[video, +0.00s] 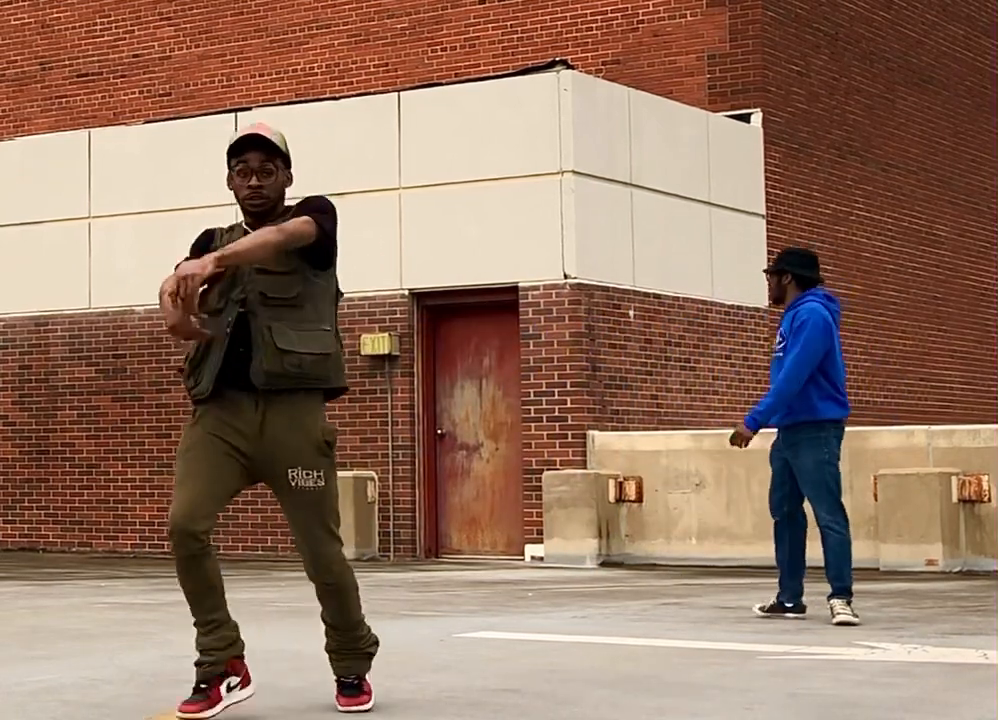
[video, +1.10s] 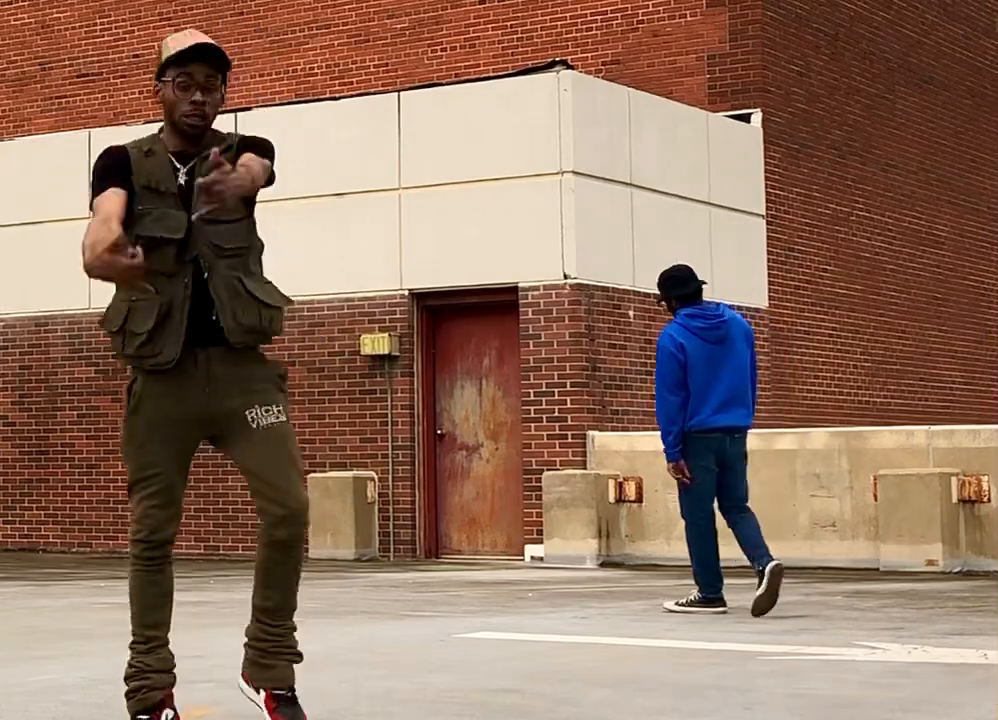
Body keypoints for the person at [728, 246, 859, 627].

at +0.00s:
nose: (769, 284)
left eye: (773, 277)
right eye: (769, 278)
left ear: (790, 278)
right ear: (792, 279)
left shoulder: (814, 316)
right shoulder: (795, 315)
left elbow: (792, 378)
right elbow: (788, 380)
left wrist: (751, 422)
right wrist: (771, 425)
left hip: (817, 430)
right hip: (790, 432)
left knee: (828, 514)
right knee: (785, 512)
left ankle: (840, 598)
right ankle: (788, 599)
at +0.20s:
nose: (753, 290)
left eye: (756, 284)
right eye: (754, 284)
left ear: (769, 285)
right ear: (787, 285)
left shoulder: (779, 322)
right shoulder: (799, 319)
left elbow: (767, 383)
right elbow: (779, 383)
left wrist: (748, 435)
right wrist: (757, 436)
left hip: (787, 424)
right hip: (788, 422)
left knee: (784, 507)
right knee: (771, 510)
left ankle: (822, 594)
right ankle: (788, 596)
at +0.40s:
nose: (747, 287)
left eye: (749, 282)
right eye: (748, 281)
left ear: (758, 284)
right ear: (784, 284)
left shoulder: (760, 319)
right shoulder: (805, 321)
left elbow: (746, 378)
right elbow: (806, 377)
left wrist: (724, 431)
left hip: (772, 426)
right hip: (800, 426)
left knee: (747, 504)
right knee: (786, 509)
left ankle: (777, 590)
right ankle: (790, 594)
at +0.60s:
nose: (729, 303)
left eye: (729, 296)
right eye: (728, 296)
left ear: (737, 294)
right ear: (763, 288)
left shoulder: (739, 326)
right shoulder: (799, 323)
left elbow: (721, 387)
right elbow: (806, 379)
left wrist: (700, 441)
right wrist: (791, 418)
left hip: (754, 433)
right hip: (789, 434)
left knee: (724, 505)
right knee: (782, 514)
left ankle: (724, 593)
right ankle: (789, 597)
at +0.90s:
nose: (688, 299)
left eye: (688, 294)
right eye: (689, 293)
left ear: (694, 296)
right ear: (725, 292)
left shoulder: (693, 336)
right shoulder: (759, 326)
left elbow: (694, 398)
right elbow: (770, 384)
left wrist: (701, 451)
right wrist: (767, 425)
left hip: (720, 437)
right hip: (759, 433)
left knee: (711, 522)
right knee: (765, 514)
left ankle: (711, 593)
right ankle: (785, 588)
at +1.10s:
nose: (664, 306)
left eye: (664, 300)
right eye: (664, 300)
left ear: (670, 301)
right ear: (700, 293)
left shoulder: (673, 336)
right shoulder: (739, 325)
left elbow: (669, 397)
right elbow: (750, 379)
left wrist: (672, 451)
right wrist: (743, 421)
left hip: (697, 435)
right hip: (734, 432)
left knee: (698, 515)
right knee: (736, 506)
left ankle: (709, 594)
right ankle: (765, 563)